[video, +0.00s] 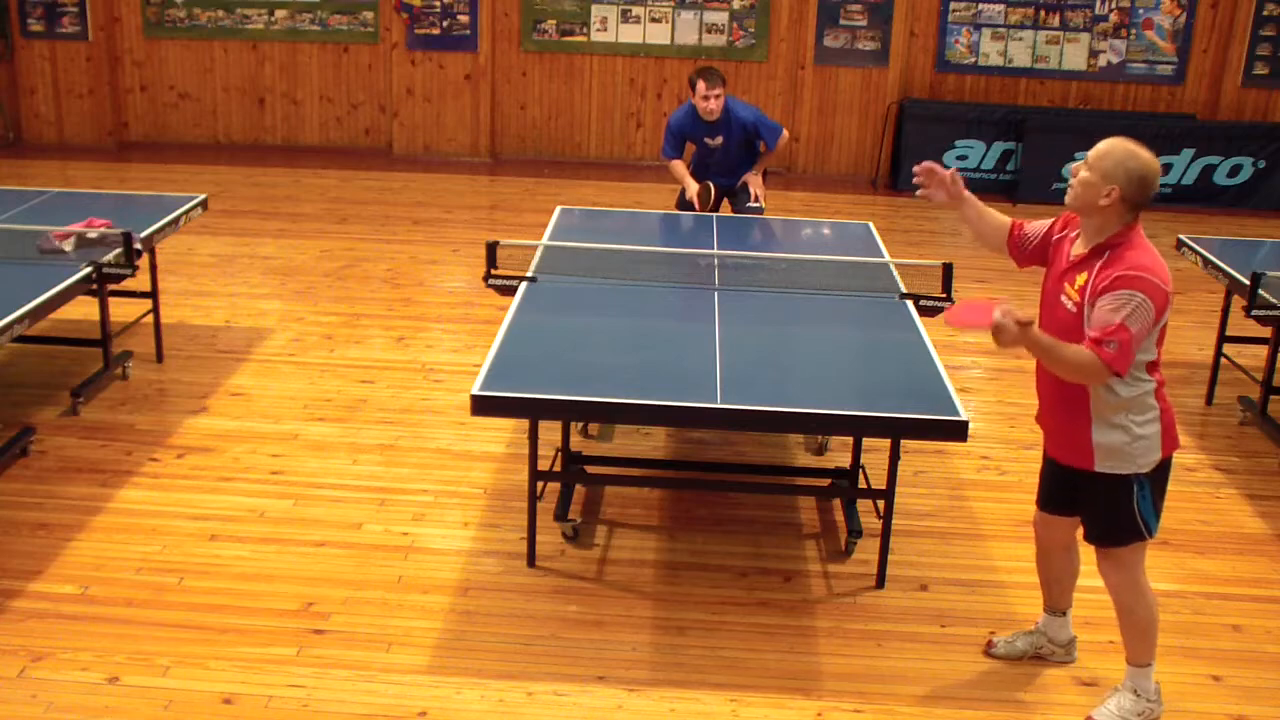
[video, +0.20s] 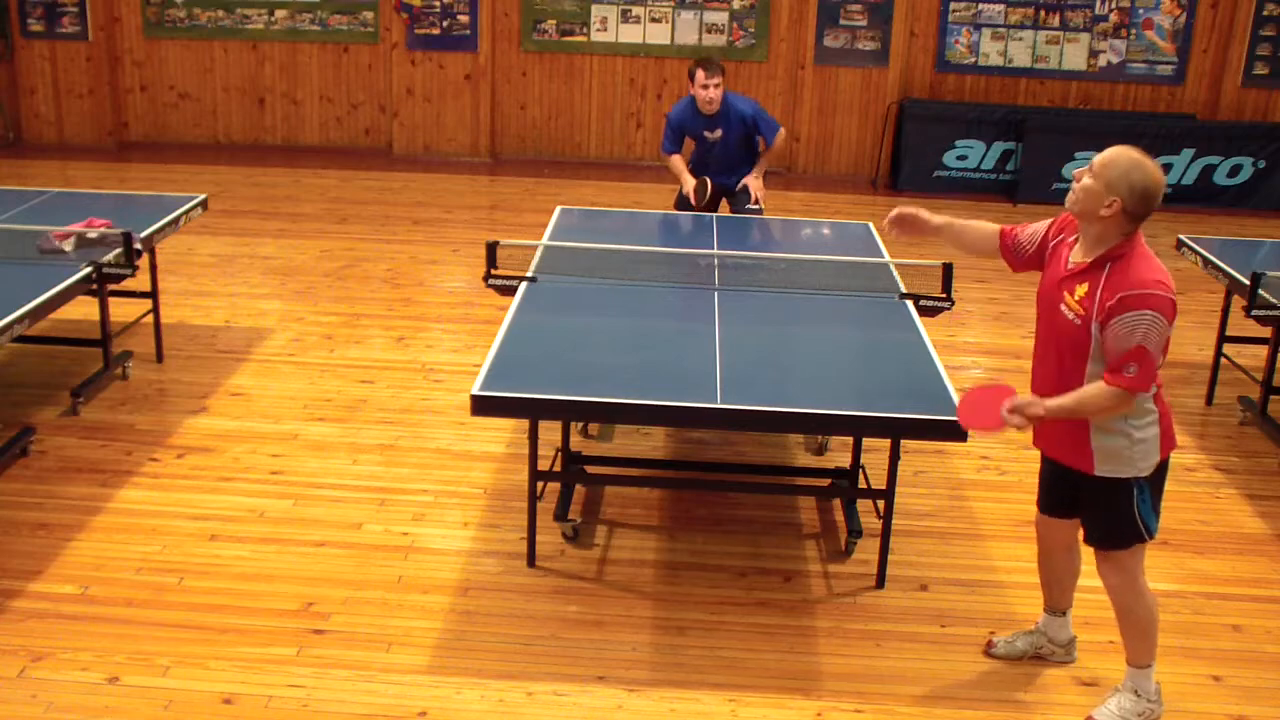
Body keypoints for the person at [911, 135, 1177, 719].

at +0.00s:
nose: (1071, 171)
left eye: (1083, 167)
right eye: (1079, 163)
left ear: (1108, 197)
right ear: (1102, 196)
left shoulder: (1137, 277)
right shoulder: (1068, 232)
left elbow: (1099, 366)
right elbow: (1009, 238)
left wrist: (1026, 338)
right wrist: (960, 199)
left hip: (1123, 447)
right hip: (1068, 432)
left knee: (1121, 564)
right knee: (1053, 528)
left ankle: (1142, 689)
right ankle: (1055, 632)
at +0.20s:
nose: (1075, 175)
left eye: (1087, 174)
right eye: (1084, 168)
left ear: (1109, 208)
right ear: (1107, 205)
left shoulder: (1143, 289)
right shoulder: (1065, 233)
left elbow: (1124, 388)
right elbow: (1003, 242)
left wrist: (1045, 406)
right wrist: (934, 227)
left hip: (1123, 449)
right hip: (1065, 431)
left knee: (1121, 569)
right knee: (1055, 529)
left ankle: (1142, 689)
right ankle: (1056, 632)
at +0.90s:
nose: (915, 230)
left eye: (916, 221)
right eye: (918, 221)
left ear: (925, 226)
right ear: (975, 220)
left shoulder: (949, 294)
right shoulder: (1015, 272)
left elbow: (893, 380)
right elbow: (1065, 333)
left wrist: (823, 327)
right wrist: (1004, 362)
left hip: (978, 481)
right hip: (1030, 470)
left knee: (883, 581)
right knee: (973, 566)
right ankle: (1026, 672)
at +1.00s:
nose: (896, 220)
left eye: (898, 212)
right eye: (897, 212)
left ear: (905, 217)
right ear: (962, 217)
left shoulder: (907, 290)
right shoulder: (1003, 282)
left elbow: (846, 371)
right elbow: (1045, 355)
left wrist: (776, 317)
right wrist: (980, 357)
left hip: (922, 484)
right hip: (993, 477)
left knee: (835, 587)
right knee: (960, 565)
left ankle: (822, 710)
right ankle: (1013, 674)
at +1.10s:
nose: (881, 217)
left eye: (883, 210)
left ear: (887, 215)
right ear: (947, 217)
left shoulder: (875, 283)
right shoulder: (983, 288)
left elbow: (812, 368)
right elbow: (1016, 370)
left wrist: (754, 333)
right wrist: (955, 351)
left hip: (877, 481)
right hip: (955, 483)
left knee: (796, 577)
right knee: (927, 573)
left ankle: (804, 707)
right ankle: (946, 696)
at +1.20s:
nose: (858, 217)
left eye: (860, 211)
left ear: (864, 218)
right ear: (924, 220)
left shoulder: (840, 289)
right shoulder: (958, 294)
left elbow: (775, 378)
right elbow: (989, 383)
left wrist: (740, 357)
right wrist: (934, 381)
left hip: (844, 488)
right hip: (928, 490)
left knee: (759, 581)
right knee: (915, 589)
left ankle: (738, 705)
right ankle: (929, 710)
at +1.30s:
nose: (829, 221)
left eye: (831, 214)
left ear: (833, 223)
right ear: (893, 228)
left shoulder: (799, 293)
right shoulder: (930, 304)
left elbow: (744, 384)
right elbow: (965, 392)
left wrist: (729, 371)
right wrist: (921, 400)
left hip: (808, 492)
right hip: (897, 497)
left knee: (732, 594)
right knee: (902, 588)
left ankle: (700, 712)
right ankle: (924, 710)